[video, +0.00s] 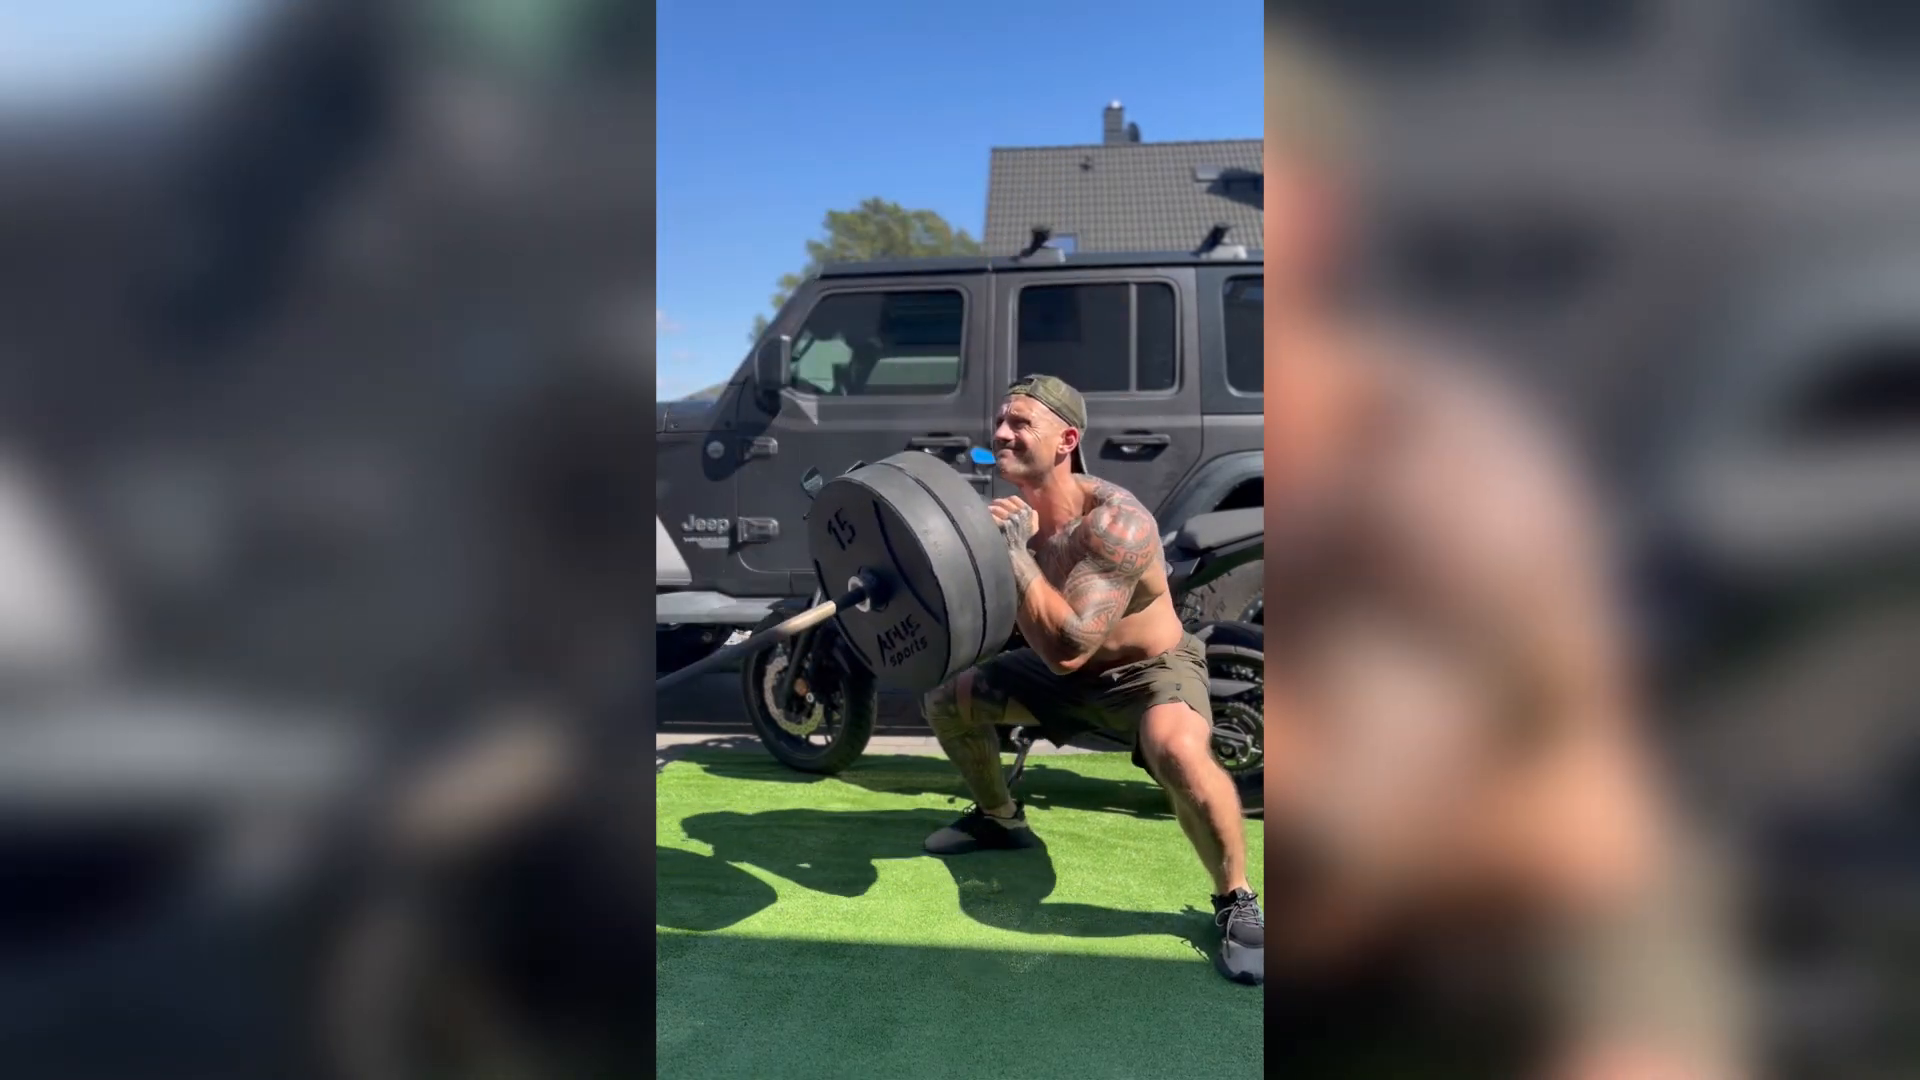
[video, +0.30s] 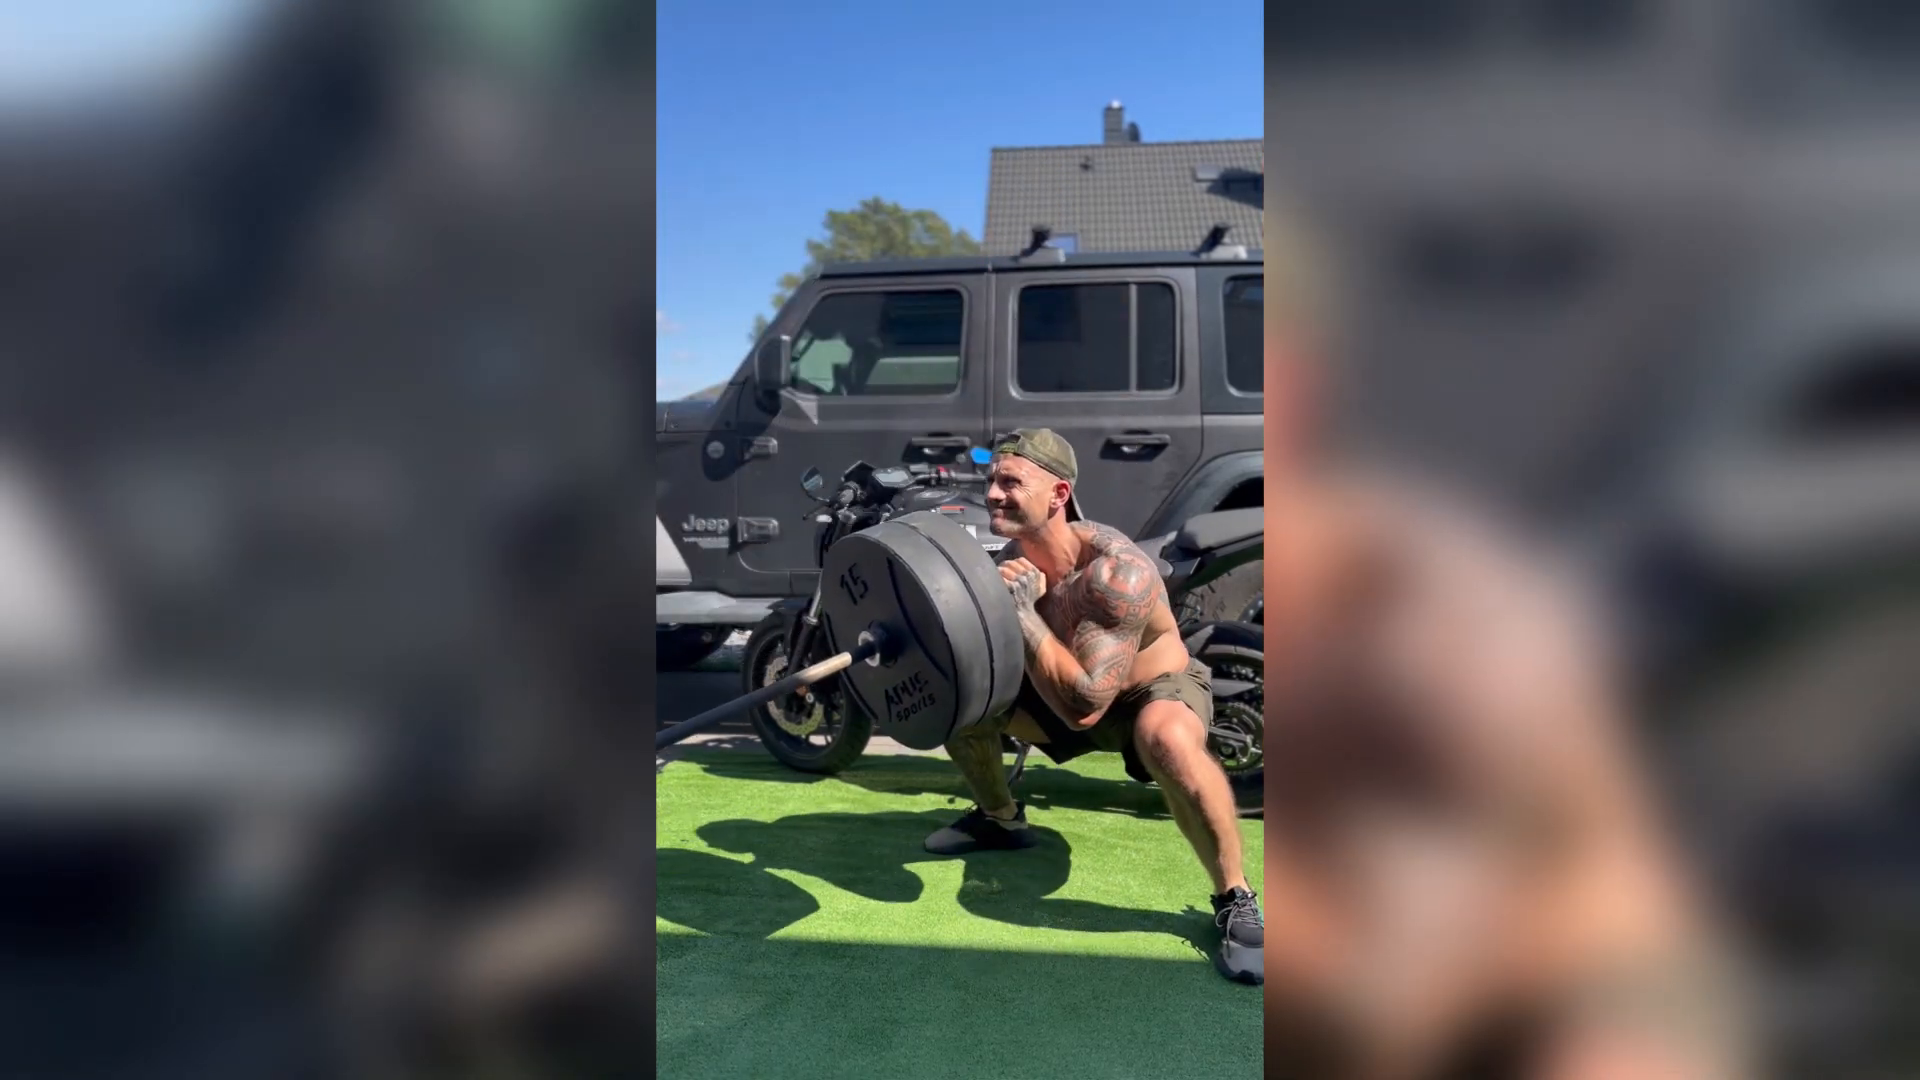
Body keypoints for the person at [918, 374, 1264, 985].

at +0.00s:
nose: (1002, 433)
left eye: (1020, 423)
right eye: (1000, 421)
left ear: (1066, 441)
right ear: (994, 432)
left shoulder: (1120, 522)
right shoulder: (999, 513)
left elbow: (1070, 648)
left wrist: (1014, 553)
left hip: (1153, 669)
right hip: (1061, 669)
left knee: (1176, 748)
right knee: (948, 703)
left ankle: (1236, 899)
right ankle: (1000, 820)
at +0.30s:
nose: (993, 495)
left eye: (1011, 482)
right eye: (991, 481)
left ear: (1058, 493)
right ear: (988, 488)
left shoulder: (1118, 571)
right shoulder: (1001, 566)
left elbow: (1083, 706)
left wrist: (1024, 614)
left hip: (1159, 684)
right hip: (1078, 689)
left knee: (1165, 736)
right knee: (960, 702)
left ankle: (1235, 898)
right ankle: (1000, 819)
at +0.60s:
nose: (972, 377)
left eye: (991, 367)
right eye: (972, 366)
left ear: (1040, 383)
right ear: (975, 383)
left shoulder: (1101, 463)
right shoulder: (982, 460)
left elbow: (1054, 591)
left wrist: (997, 497)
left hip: (1142, 612)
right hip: (1052, 614)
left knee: (1170, 741)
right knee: (946, 696)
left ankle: (1238, 898)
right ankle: (996, 816)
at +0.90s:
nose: (966, 216)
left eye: (982, 202)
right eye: (961, 204)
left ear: (1033, 209)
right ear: (961, 218)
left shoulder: (1078, 303)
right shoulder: (955, 315)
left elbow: (985, 352)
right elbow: (901, 377)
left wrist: (913, 257)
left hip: (1080, 542)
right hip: (995, 549)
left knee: (1147, 716)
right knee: (965, 692)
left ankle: (1234, 895)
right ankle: (1000, 816)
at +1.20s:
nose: (888, 233)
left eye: (905, 216)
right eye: (887, 220)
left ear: (947, 219)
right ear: (893, 235)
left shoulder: (1002, 285)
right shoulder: (894, 304)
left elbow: (905, 188)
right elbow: (819, 206)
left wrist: (796, 49)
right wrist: (777, 70)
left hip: (1085, 545)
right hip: (998, 555)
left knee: (1153, 724)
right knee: (990, 705)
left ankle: (1231, 894)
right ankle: (1002, 816)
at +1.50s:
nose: (958, 205)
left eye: (975, 191)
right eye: (952, 193)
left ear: (1027, 199)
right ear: (951, 206)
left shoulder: (1073, 280)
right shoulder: (941, 305)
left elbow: (964, 292)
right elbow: (866, 319)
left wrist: (882, 186)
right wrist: (802, 242)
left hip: (1077, 545)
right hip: (993, 553)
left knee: (1151, 726)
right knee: (981, 699)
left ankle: (1233, 897)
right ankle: (1000, 817)